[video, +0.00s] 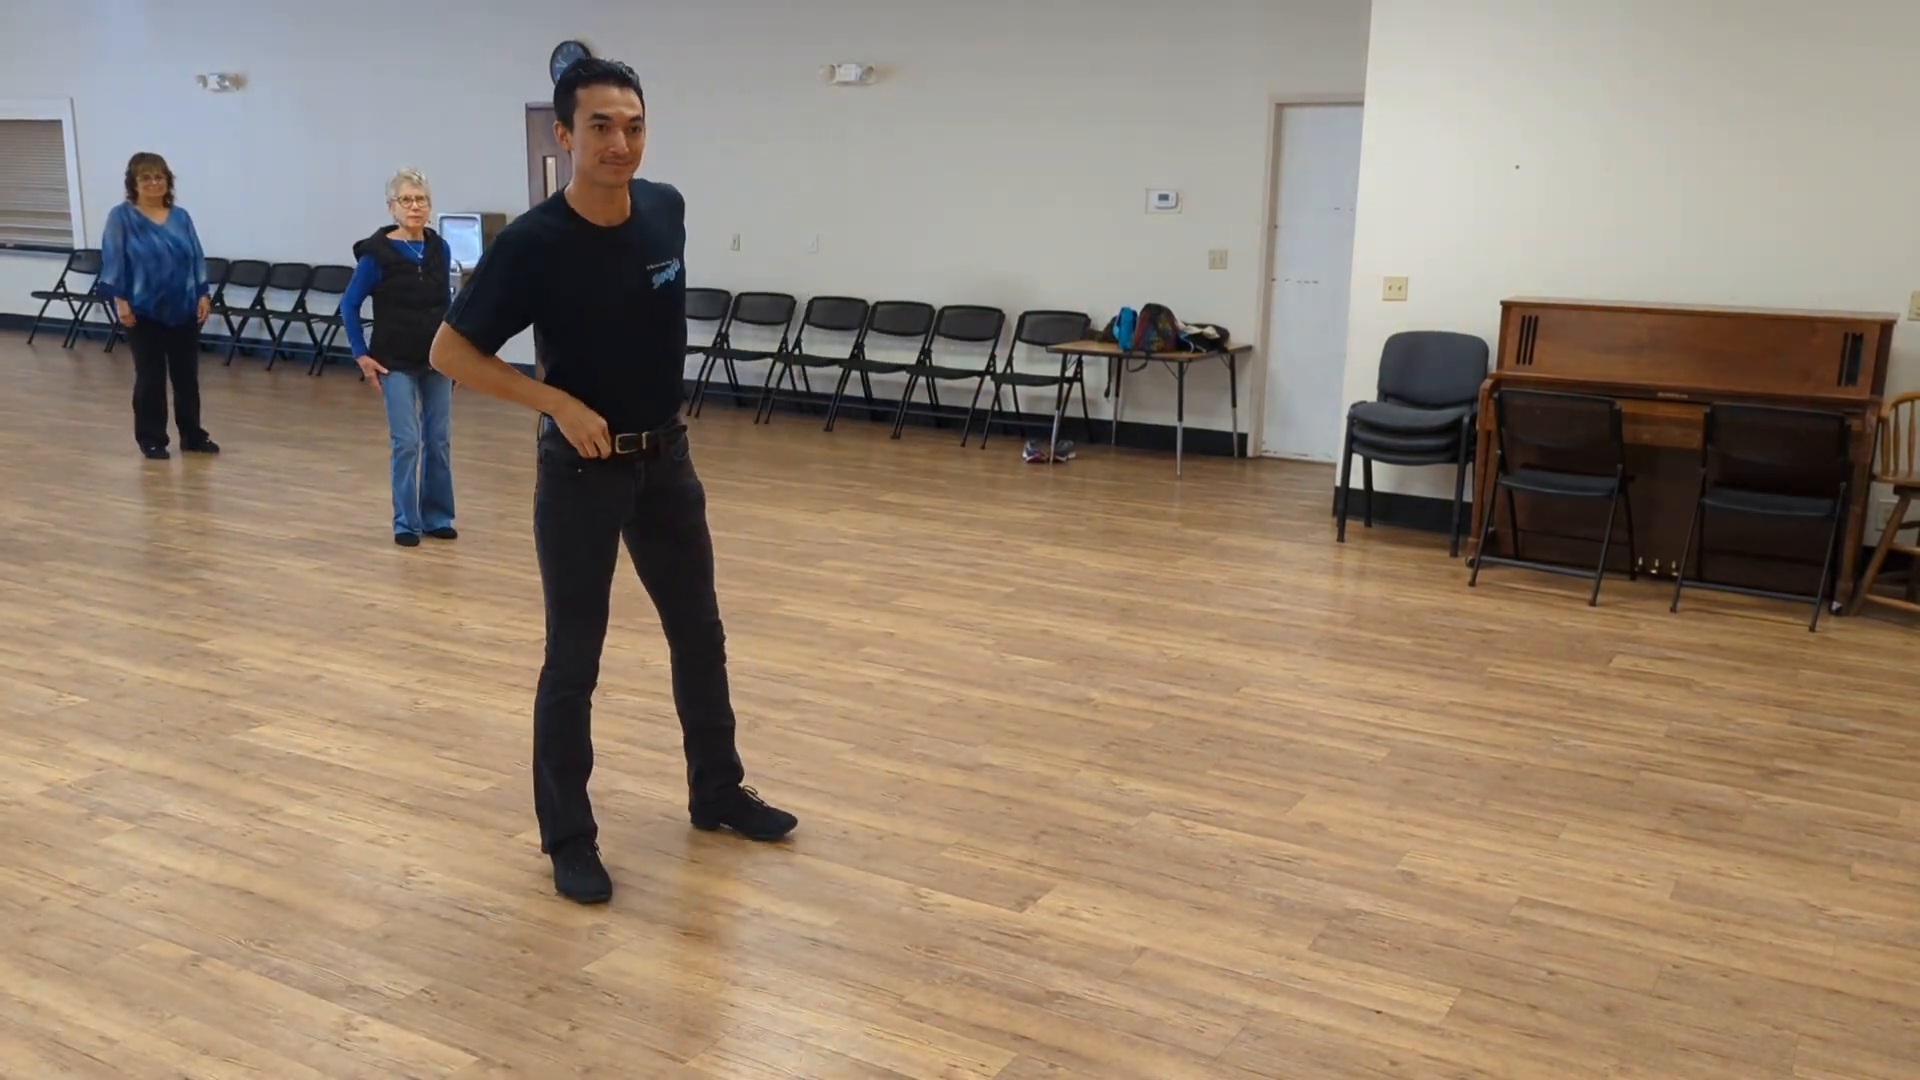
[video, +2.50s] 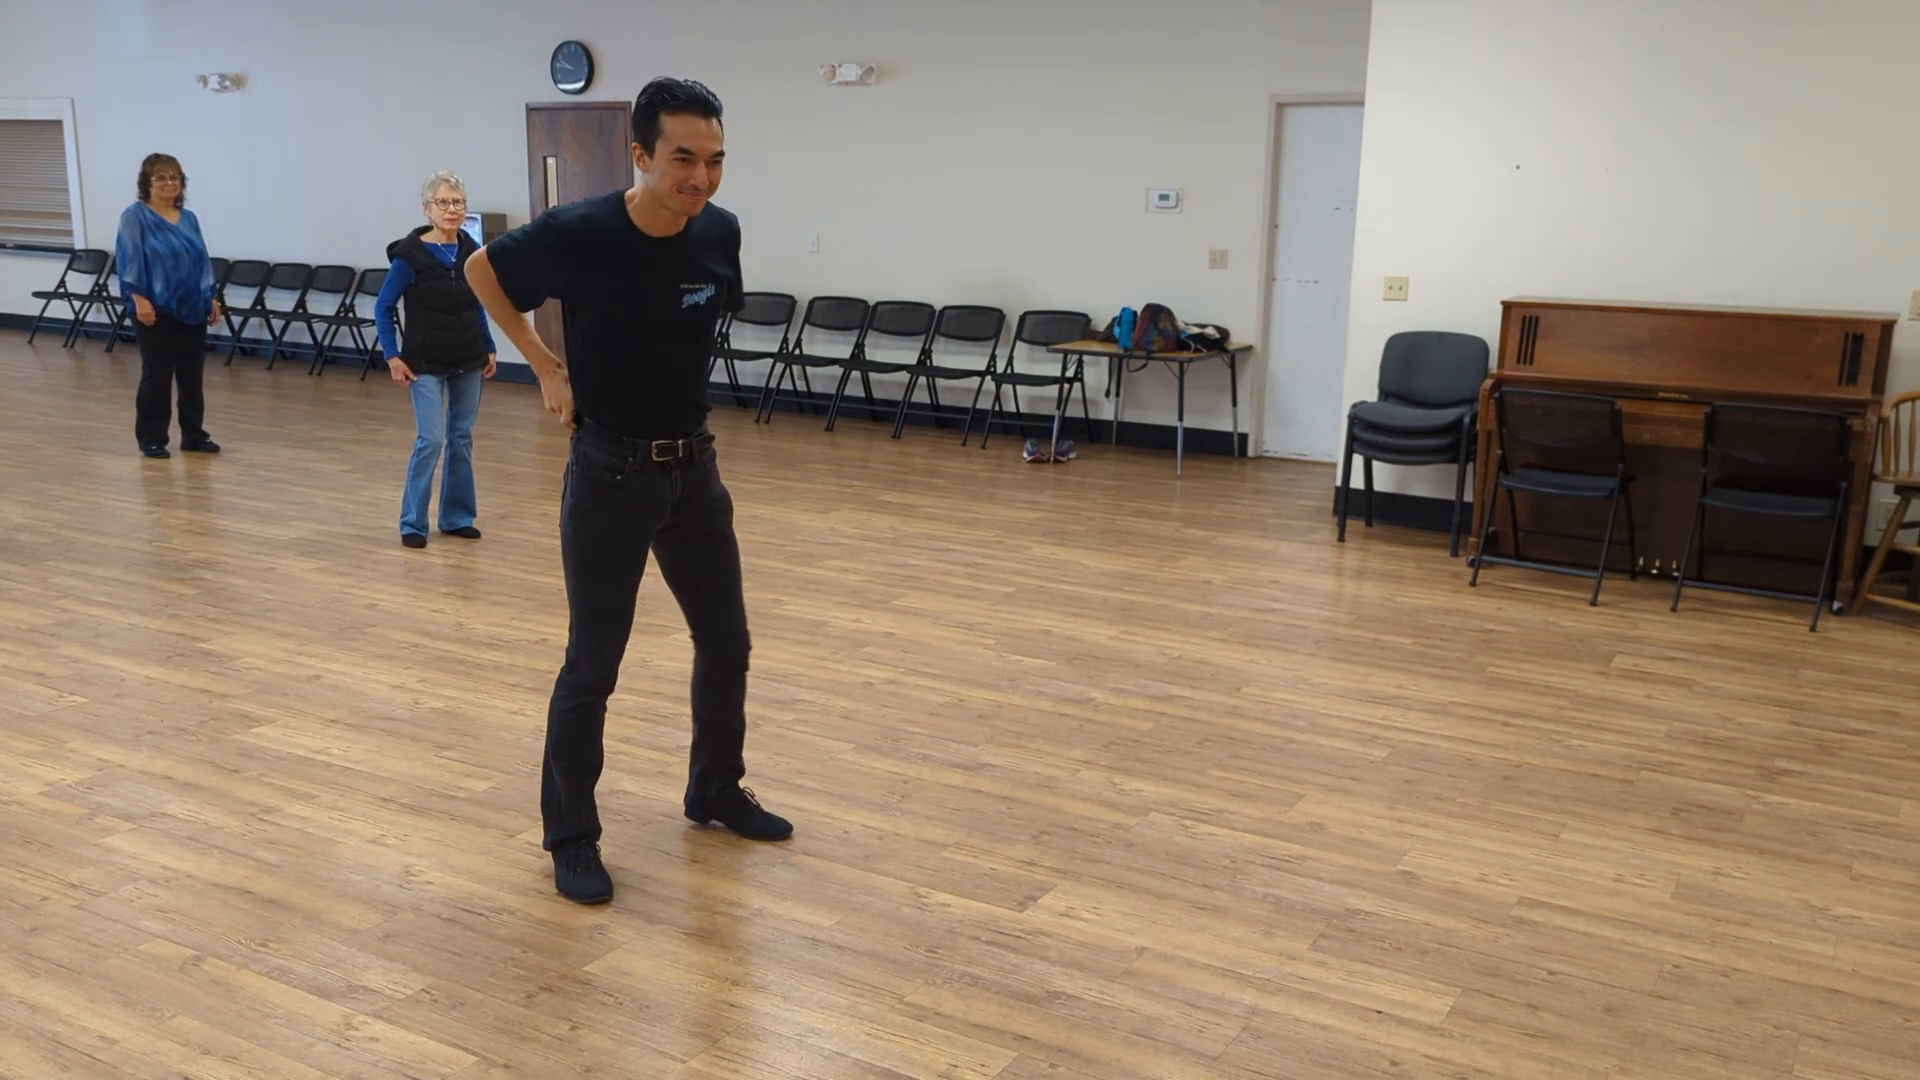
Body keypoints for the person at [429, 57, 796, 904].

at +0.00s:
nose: (619, 142)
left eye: (631, 127)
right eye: (601, 127)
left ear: (645, 133)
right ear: (566, 134)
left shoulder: (665, 209)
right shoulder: (532, 242)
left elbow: (652, 317)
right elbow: (448, 350)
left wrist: (659, 405)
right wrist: (553, 400)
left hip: (663, 462)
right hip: (581, 474)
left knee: (699, 635)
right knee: (573, 662)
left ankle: (718, 793)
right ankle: (569, 842)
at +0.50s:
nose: (671, 141)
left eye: (681, 126)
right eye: (653, 126)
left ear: (694, 136)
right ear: (615, 135)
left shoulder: (708, 217)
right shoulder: (572, 230)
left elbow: (692, 313)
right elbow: (491, 291)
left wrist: (686, 400)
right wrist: (549, 378)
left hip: (696, 466)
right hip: (614, 473)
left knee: (705, 643)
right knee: (594, 661)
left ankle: (711, 794)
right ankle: (571, 839)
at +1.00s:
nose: (690, 143)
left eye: (702, 129)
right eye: (672, 128)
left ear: (713, 139)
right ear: (635, 134)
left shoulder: (723, 223)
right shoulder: (587, 222)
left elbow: (701, 308)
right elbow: (497, 274)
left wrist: (680, 375)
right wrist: (550, 366)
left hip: (698, 466)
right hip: (616, 469)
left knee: (704, 645)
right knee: (591, 660)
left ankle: (710, 794)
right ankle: (571, 838)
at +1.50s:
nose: (741, 149)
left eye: (738, 135)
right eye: (735, 136)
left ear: (689, 143)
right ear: (704, 145)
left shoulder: (704, 229)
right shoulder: (599, 223)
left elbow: (665, 322)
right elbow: (488, 279)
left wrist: (676, 403)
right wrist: (557, 380)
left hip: (698, 471)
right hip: (622, 473)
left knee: (707, 643)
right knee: (600, 660)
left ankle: (711, 793)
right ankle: (571, 838)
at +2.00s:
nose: (739, 148)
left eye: (735, 134)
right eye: (735, 134)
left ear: (677, 141)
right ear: (712, 143)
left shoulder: (672, 225)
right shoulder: (637, 224)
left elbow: (581, 298)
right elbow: (524, 291)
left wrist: (602, 375)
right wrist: (581, 390)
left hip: (693, 475)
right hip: (633, 476)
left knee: (702, 644)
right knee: (611, 660)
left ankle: (709, 794)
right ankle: (572, 838)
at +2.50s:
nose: (701, 176)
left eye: (714, 159)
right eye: (684, 158)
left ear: (724, 157)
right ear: (640, 154)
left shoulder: (719, 237)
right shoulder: (580, 232)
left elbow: (693, 325)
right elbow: (484, 272)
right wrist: (547, 370)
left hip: (693, 474)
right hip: (609, 481)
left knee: (725, 644)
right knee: (593, 664)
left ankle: (715, 791)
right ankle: (572, 840)